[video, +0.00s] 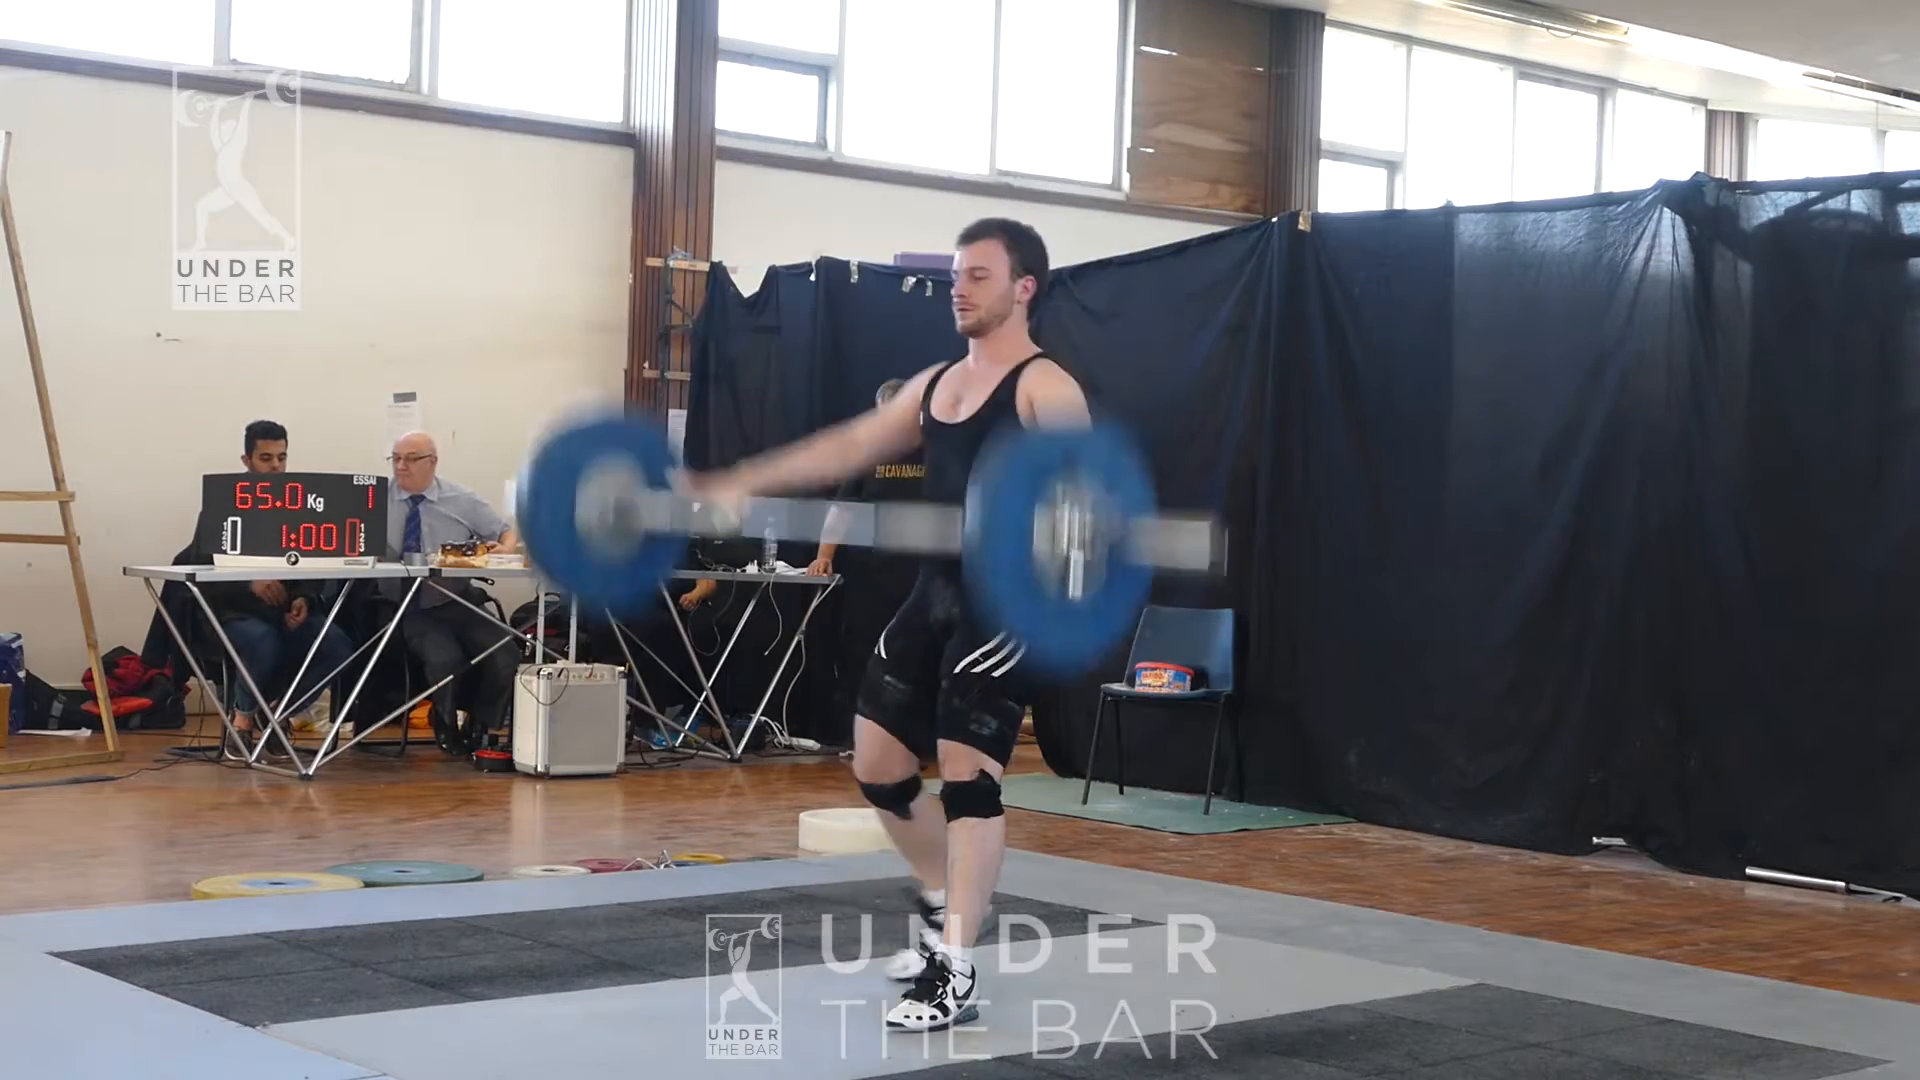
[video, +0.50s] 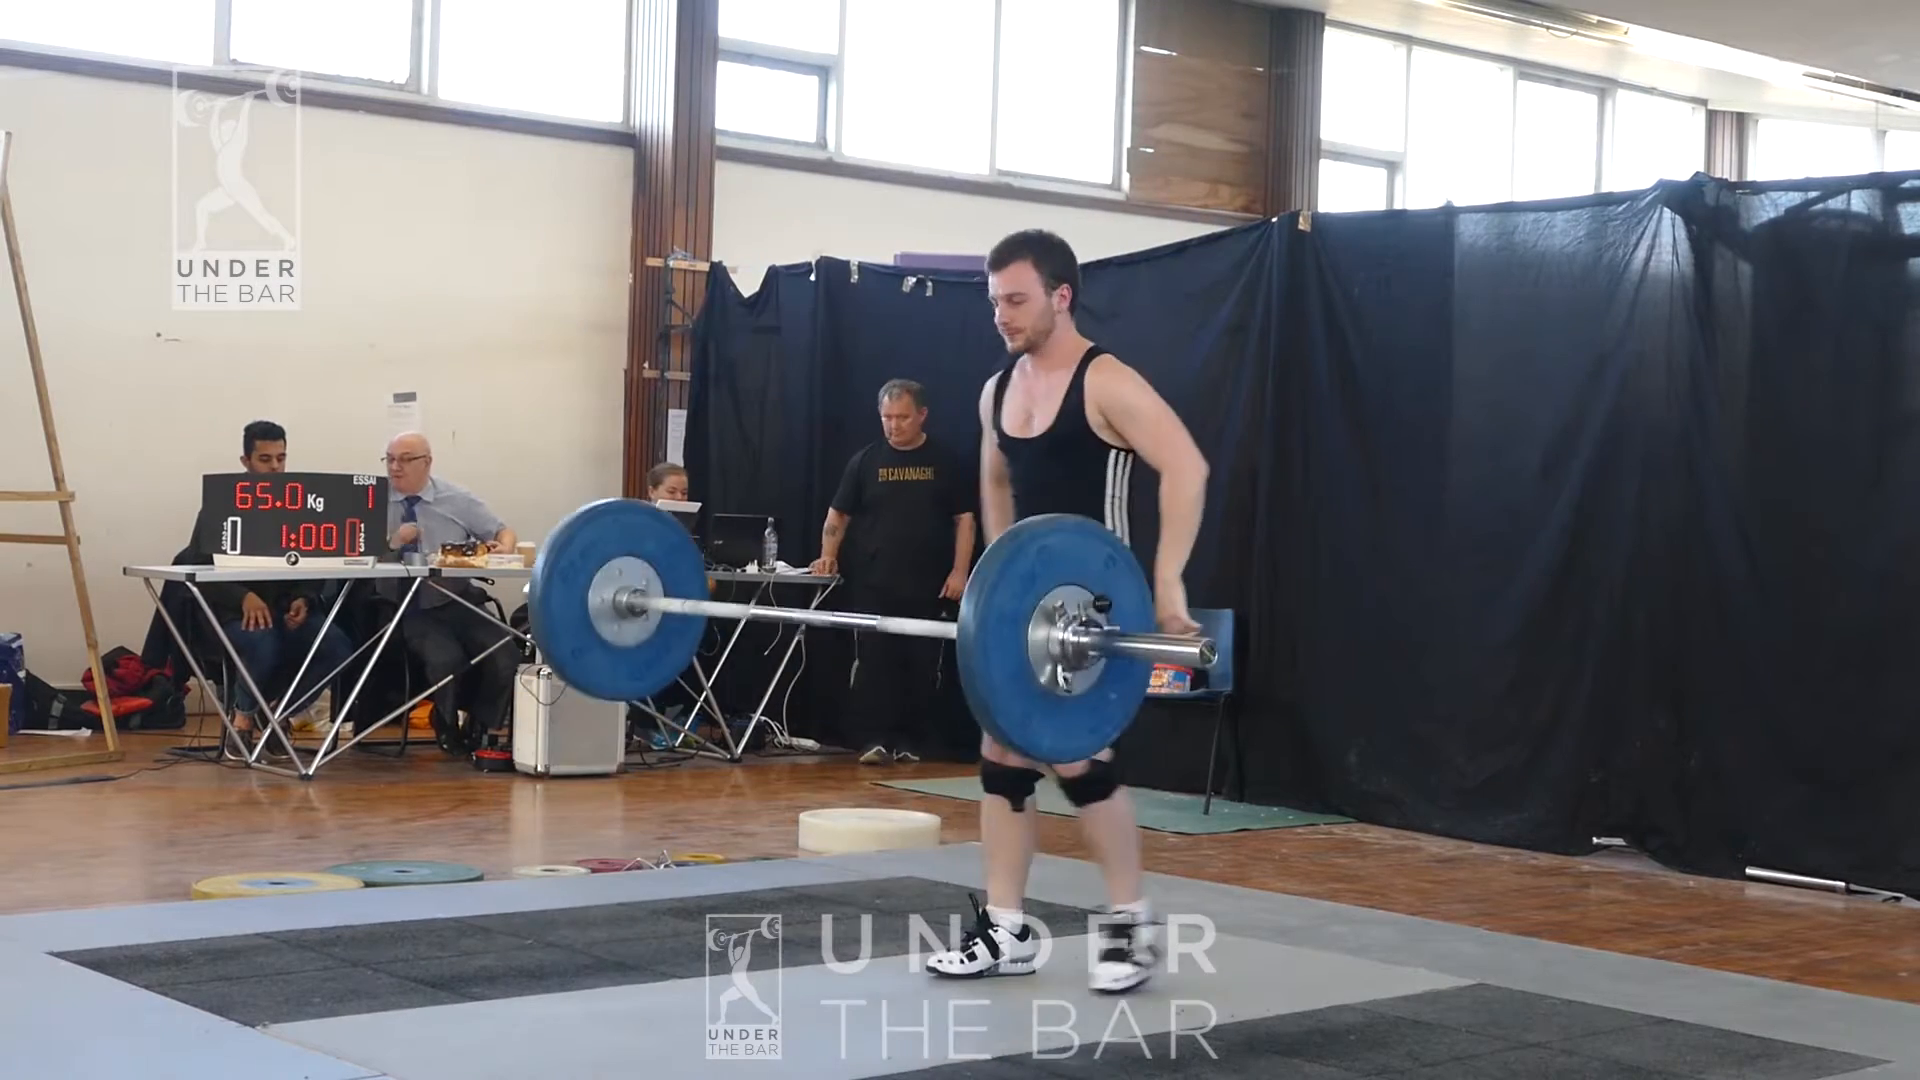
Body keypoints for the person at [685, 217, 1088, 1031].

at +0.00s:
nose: (959, 289)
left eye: (977, 276)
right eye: (957, 276)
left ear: (1024, 289)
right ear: (959, 287)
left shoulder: (1046, 386)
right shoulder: (934, 385)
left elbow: (1088, 498)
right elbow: (846, 448)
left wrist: (1060, 557)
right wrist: (734, 482)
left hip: (1008, 601)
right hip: (937, 593)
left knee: (966, 768)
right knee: (880, 763)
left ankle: (955, 972)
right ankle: (947, 906)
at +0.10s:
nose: (968, 298)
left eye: (986, 285)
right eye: (965, 286)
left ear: (1033, 299)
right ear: (967, 297)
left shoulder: (1058, 402)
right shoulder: (952, 396)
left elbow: (1094, 517)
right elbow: (906, 508)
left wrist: (1084, 624)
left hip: (1013, 633)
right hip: (937, 624)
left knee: (975, 789)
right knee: (913, 784)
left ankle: (957, 962)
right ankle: (1004, 909)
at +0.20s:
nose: (974, 304)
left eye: (991, 291)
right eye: (971, 292)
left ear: (1036, 304)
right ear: (972, 304)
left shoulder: (1070, 405)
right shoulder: (960, 402)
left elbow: (1112, 518)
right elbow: (938, 522)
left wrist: (1131, 625)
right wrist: (909, 625)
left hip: (1030, 619)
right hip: (955, 615)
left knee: (981, 771)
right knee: (937, 776)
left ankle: (982, 958)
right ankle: (989, 935)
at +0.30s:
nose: (981, 298)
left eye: (998, 285)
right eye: (978, 285)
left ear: (1044, 295)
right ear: (980, 295)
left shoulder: (1084, 393)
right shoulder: (970, 394)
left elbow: (1135, 498)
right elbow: (958, 512)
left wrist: (1149, 610)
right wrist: (944, 614)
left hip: (1056, 620)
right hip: (981, 612)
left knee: (972, 757)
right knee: (972, 763)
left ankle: (992, 938)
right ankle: (1010, 920)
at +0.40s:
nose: (991, 301)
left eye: (1006, 287)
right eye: (986, 288)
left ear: (1053, 290)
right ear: (987, 294)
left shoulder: (1092, 380)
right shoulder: (981, 389)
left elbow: (1160, 473)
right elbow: (971, 494)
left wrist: (1146, 584)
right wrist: (957, 590)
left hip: (1071, 614)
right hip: (994, 612)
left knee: (1056, 766)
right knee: (984, 762)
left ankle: (1061, 938)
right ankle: (1002, 930)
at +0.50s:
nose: (1002, 313)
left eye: (1016, 299)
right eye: (996, 300)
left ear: (1061, 296)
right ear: (995, 303)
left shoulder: (1106, 380)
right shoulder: (998, 390)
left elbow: (1185, 468)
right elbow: (996, 496)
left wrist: (1168, 583)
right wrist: (1002, 578)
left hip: (1095, 606)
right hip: (1017, 603)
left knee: (1081, 761)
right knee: (1003, 756)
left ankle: (1127, 923)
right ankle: (1005, 927)